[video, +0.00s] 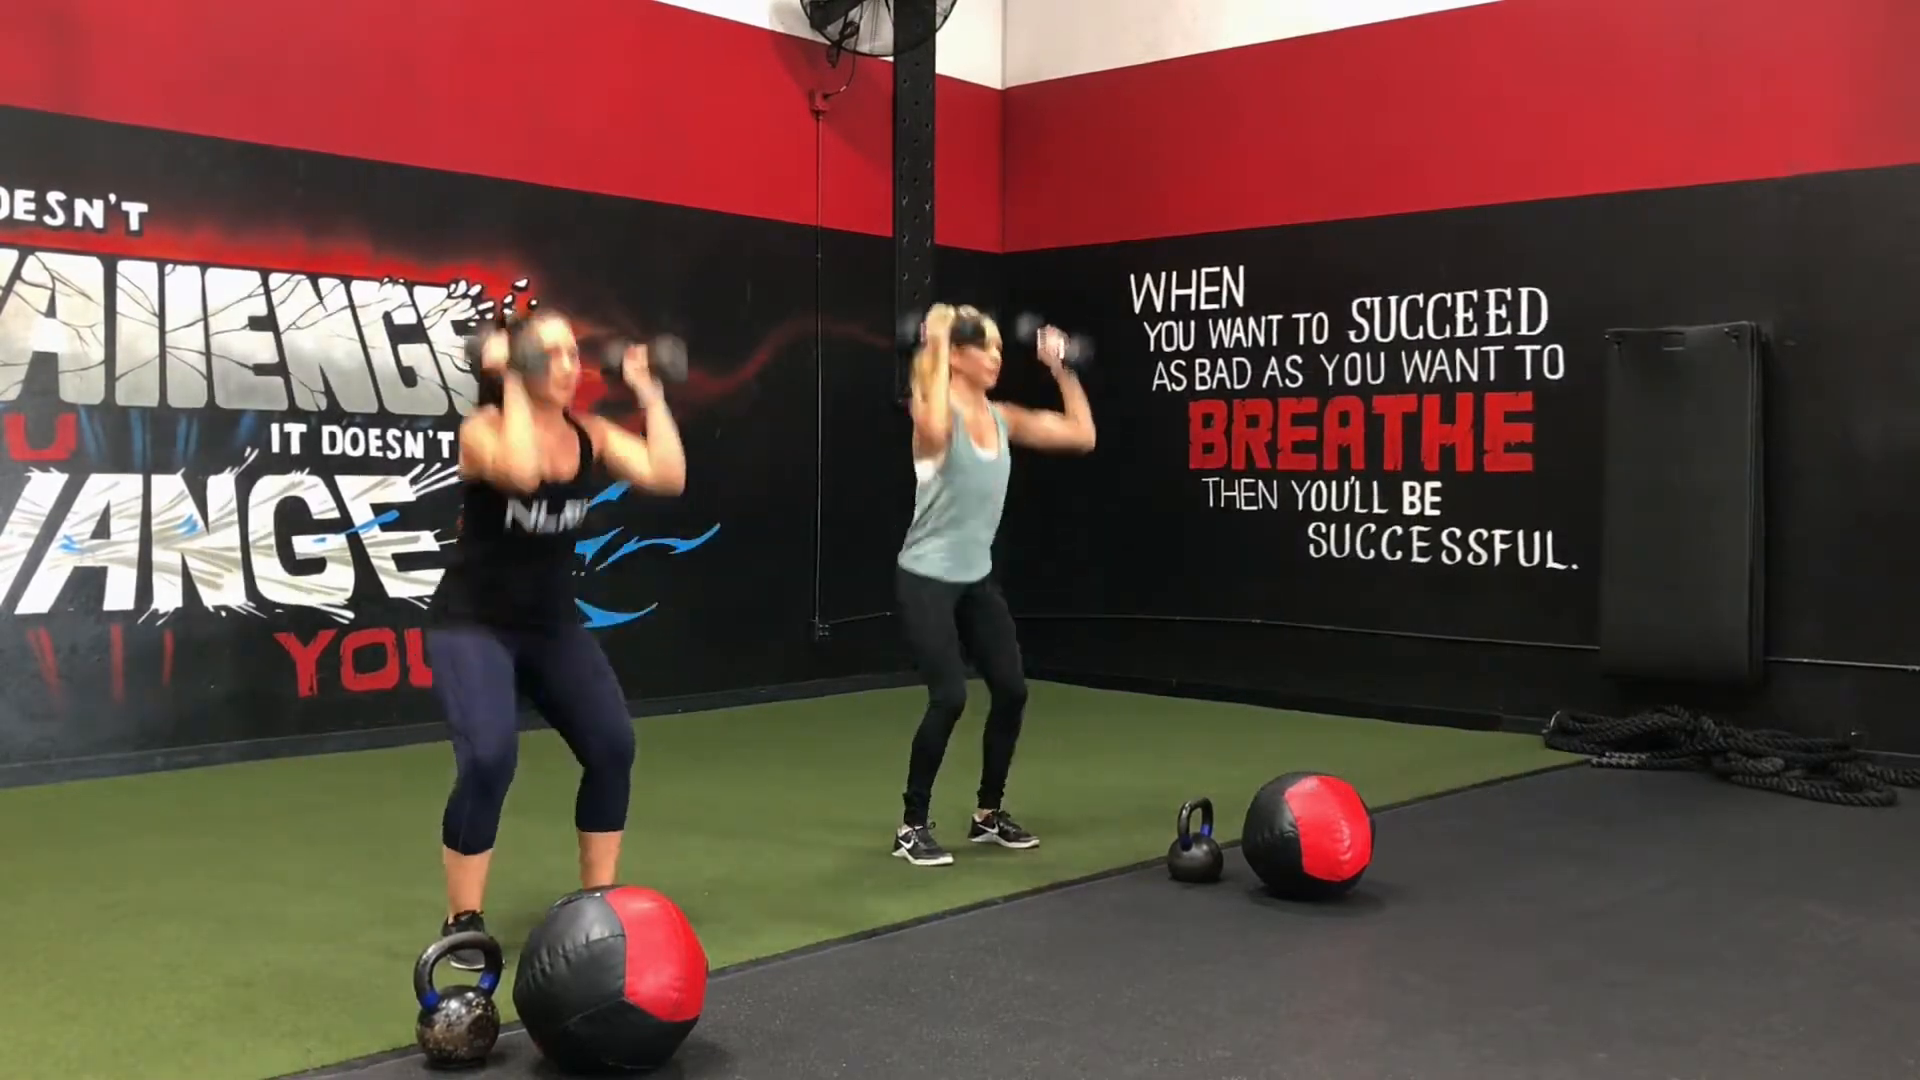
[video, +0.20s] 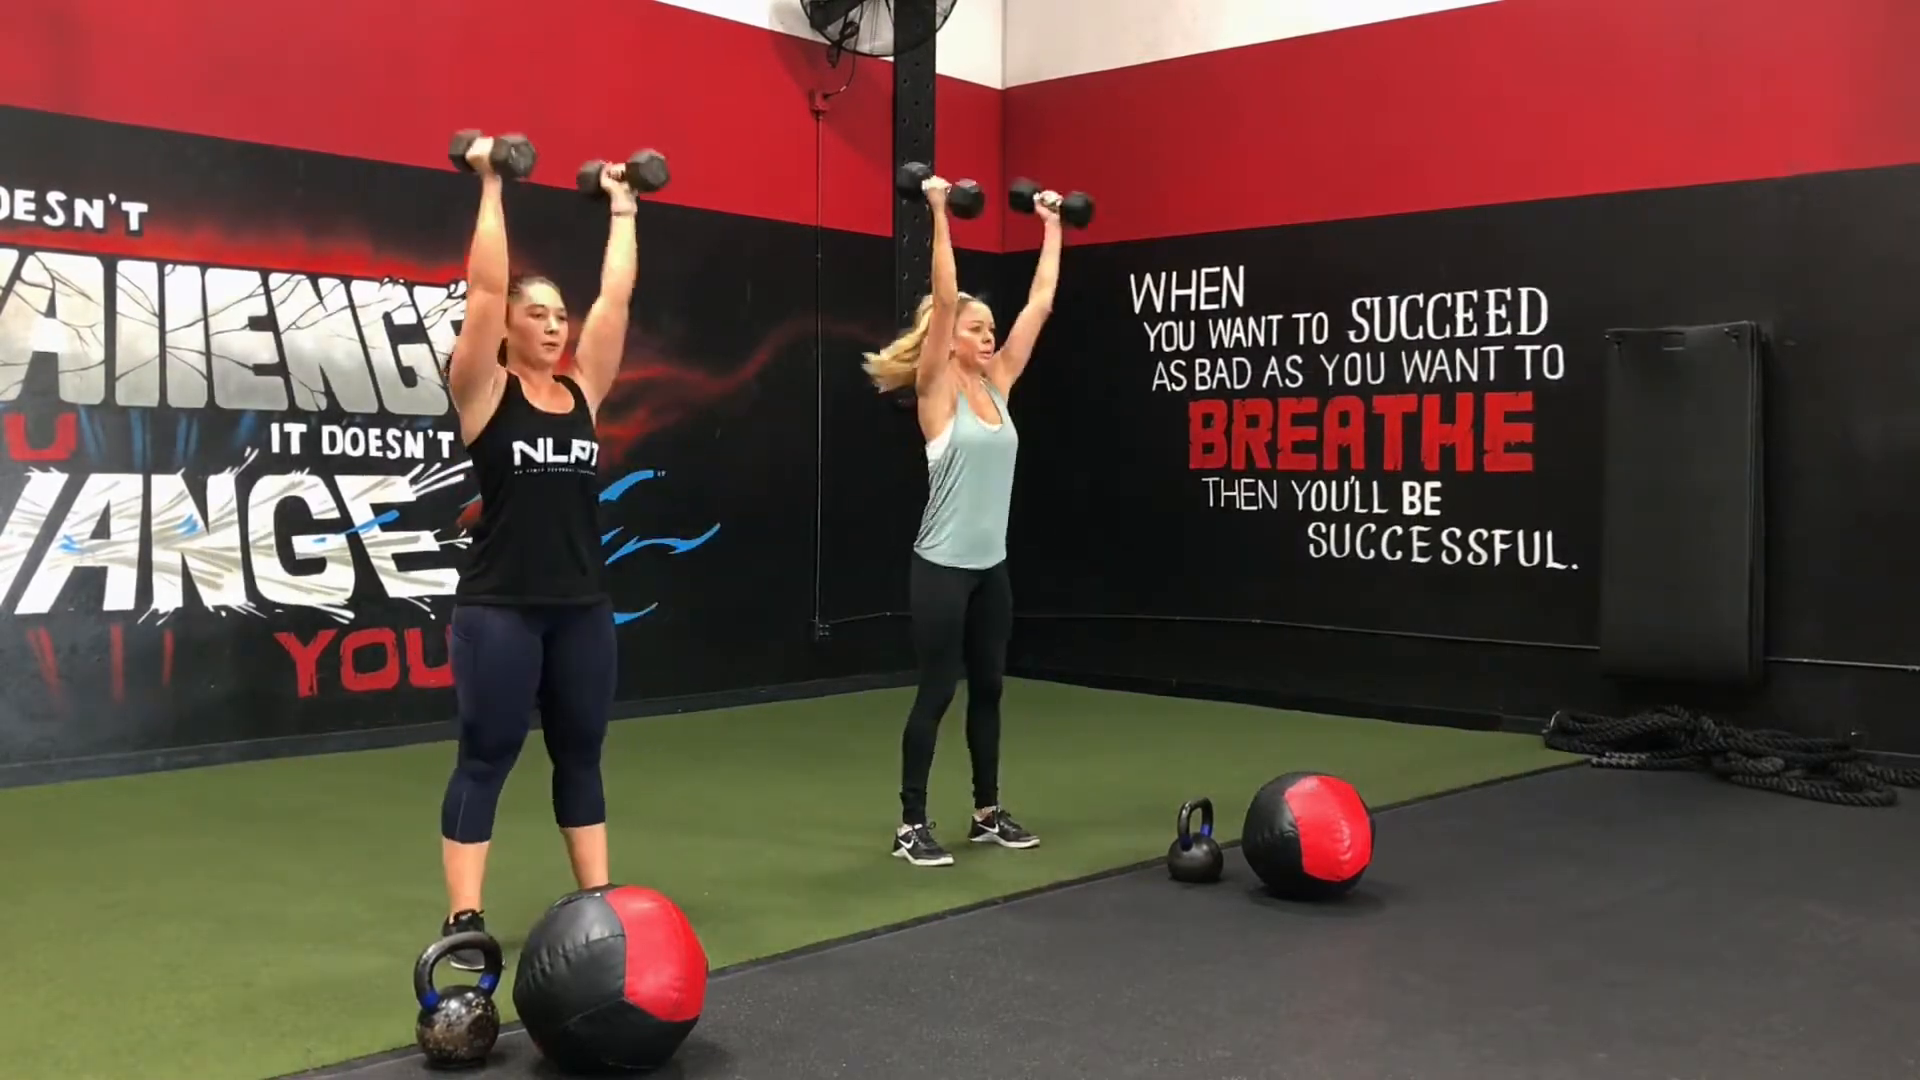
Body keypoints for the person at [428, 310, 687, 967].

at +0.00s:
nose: (566, 366)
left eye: (571, 353)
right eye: (551, 355)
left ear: (579, 364)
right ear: (517, 367)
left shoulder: (591, 433)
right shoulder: (482, 428)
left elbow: (667, 476)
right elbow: (522, 471)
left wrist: (650, 393)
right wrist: (508, 382)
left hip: (553, 621)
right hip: (473, 621)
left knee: (613, 746)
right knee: (488, 757)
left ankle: (598, 910)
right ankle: (464, 928)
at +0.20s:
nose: (554, 322)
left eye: (560, 312)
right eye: (538, 311)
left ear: (569, 325)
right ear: (503, 321)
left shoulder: (580, 388)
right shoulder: (481, 388)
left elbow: (617, 291)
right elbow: (488, 290)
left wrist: (622, 199)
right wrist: (491, 181)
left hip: (581, 606)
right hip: (499, 608)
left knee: (582, 755)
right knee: (487, 757)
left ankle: (599, 908)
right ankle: (465, 920)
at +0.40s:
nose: (564, 353)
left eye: (570, 342)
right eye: (549, 341)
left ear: (575, 351)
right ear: (511, 349)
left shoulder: (587, 423)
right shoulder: (481, 418)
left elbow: (672, 432)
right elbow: (498, 428)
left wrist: (648, 346)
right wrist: (492, 335)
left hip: (554, 615)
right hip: (475, 613)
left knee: (604, 740)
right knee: (489, 749)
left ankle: (596, 906)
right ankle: (466, 922)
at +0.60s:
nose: (589, 525)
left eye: (593, 513)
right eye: (573, 513)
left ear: (600, 519)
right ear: (532, 524)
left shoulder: (595, 581)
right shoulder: (493, 582)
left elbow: (641, 678)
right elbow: (501, 694)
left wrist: (648, 600)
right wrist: (513, 600)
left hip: (534, 717)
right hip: (451, 718)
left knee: (640, 763)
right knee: (493, 785)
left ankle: (597, 908)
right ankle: (465, 925)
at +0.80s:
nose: (591, 520)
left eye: (595, 508)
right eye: (575, 508)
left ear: (601, 515)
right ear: (534, 518)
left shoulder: (598, 573)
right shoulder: (492, 583)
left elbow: (646, 670)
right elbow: (508, 688)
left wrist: (650, 587)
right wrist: (516, 596)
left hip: (537, 716)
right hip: (453, 717)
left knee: (641, 765)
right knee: (495, 785)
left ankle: (597, 910)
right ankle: (465, 928)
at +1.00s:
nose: (559, 344)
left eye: (565, 333)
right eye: (545, 332)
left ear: (571, 340)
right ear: (509, 338)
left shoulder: (583, 407)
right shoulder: (472, 409)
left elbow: (667, 426)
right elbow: (510, 425)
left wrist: (639, 342)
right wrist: (499, 332)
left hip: (563, 607)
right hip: (484, 609)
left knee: (606, 740)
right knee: (491, 751)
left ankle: (598, 909)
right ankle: (465, 923)